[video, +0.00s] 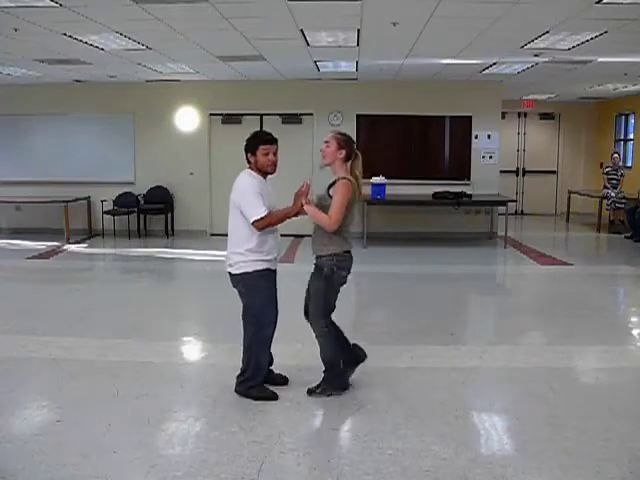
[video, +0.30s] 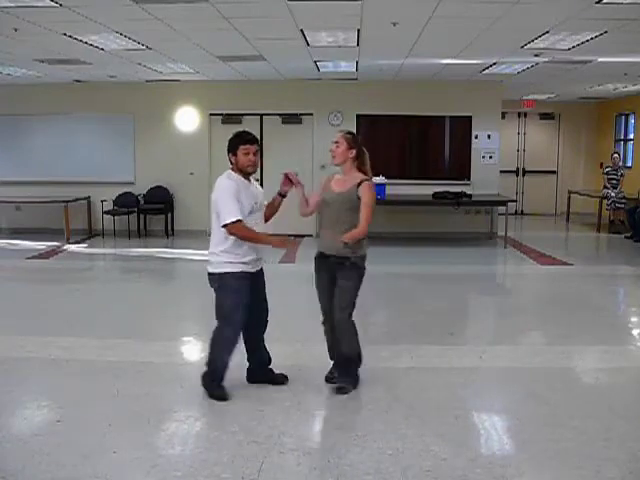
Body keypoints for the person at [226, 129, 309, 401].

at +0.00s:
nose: (273, 159)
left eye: (275, 154)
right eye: (266, 154)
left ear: (276, 155)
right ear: (251, 157)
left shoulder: (260, 182)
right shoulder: (248, 183)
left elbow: (265, 218)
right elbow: (260, 222)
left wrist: (294, 207)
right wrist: (294, 210)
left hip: (262, 265)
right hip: (250, 266)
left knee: (266, 320)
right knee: (259, 322)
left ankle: (261, 370)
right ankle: (249, 382)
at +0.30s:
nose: (253, 158)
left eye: (256, 154)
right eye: (247, 154)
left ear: (258, 156)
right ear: (232, 157)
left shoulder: (252, 185)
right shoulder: (226, 184)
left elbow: (264, 216)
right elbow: (233, 227)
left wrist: (281, 193)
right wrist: (274, 241)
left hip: (251, 266)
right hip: (228, 268)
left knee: (256, 320)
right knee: (230, 324)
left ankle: (259, 370)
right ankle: (213, 379)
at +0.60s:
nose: (227, 162)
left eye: (230, 156)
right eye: (220, 157)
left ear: (233, 157)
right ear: (206, 159)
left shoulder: (233, 188)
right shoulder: (194, 189)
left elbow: (240, 220)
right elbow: (182, 231)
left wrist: (267, 216)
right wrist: (216, 261)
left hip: (230, 271)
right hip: (203, 273)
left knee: (241, 322)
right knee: (203, 330)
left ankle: (254, 369)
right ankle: (203, 379)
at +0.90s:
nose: (216, 162)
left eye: (219, 156)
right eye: (209, 157)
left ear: (224, 156)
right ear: (196, 160)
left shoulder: (232, 188)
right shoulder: (179, 189)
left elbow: (258, 216)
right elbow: (154, 220)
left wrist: (292, 212)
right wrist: (151, 252)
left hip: (222, 271)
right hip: (191, 272)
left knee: (221, 323)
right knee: (198, 327)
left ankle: (215, 370)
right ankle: (201, 380)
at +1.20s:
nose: (227, 163)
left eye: (230, 157)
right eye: (220, 158)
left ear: (233, 158)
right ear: (205, 160)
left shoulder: (232, 190)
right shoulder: (190, 189)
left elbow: (249, 220)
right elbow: (170, 229)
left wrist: (282, 222)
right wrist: (184, 253)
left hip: (224, 273)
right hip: (198, 274)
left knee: (218, 327)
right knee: (205, 330)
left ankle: (212, 371)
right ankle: (202, 384)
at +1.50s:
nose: (240, 162)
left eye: (243, 156)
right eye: (234, 157)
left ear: (244, 157)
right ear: (218, 158)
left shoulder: (229, 185)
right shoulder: (213, 186)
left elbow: (233, 215)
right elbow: (227, 229)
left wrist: (255, 208)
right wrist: (269, 229)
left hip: (232, 271)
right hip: (211, 273)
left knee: (243, 320)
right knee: (211, 330)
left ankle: (237, 372)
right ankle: (201, 384)